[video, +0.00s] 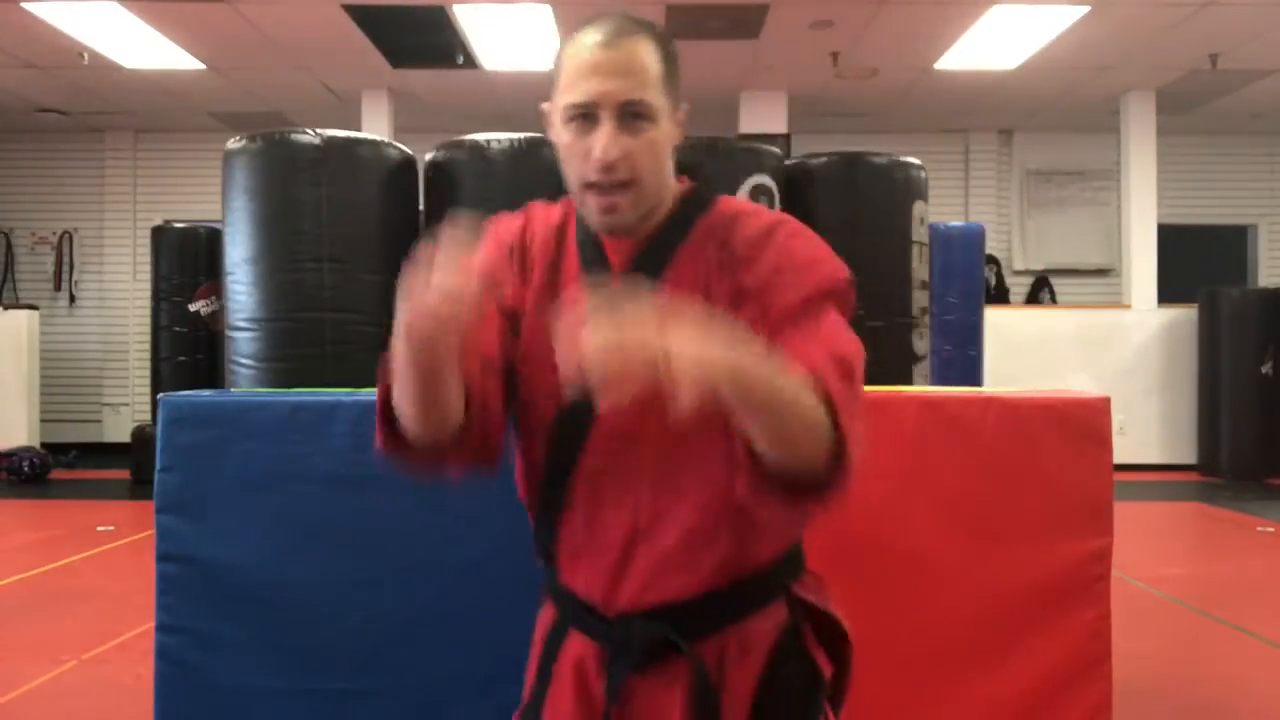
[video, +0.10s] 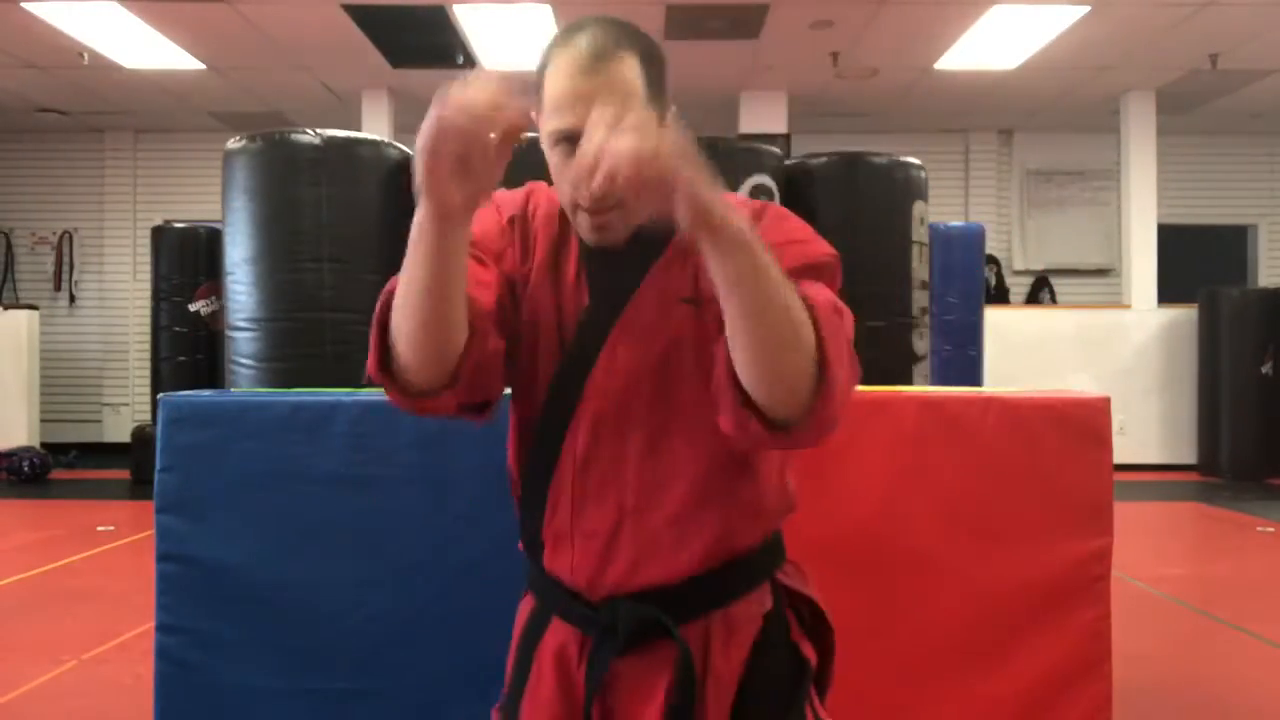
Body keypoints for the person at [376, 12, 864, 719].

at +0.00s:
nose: (606, 150)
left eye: (635, 118)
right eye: (583, 119)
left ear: (677, 124)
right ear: (550, 126)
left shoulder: (769, 253)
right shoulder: (517, 250)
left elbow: (819, 454)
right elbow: (440, 440)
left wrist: (713, 353)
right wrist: (426, 346)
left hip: (739, 655)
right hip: (581, 649)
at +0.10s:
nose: (592, 173)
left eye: (616, 135)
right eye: (567, 140)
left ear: (665, 125)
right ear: (540, 140)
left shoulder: (758, 239)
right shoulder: (517, 230)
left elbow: (799, 411)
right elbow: (424, 380)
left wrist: (710, 219)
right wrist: (441, 214)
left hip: (723, 643)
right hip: (563, 641)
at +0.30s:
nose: (623, 197)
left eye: (651, 162)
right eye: (599, 162)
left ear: (691, 150)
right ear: (563, 151)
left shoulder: (763, 255)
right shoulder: (509, 246)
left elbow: (815, 460)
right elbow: (477, 422)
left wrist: (782, 257)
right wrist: (505, 234)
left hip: (732, 653)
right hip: (572, 648)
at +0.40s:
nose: (651, 191)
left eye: (678, 158)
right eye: (624, 159)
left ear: (714, 144)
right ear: (583, 145)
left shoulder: (791, 261)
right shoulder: (527, 256)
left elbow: (858, 490)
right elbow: (495, 442)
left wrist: (834, 294)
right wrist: (529, 271)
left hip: (762, 668)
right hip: (595, 665)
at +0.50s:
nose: (689, 182)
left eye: (716, 146)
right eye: (661, 148)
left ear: (755, 137)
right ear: (621, 142)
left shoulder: (838, 258)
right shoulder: (573, 254)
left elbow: (904, 502)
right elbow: (537, 460)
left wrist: (876, 295)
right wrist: (564, 305)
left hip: (804, 678)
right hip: (628, 677)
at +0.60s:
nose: (731, 173)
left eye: (761, 133)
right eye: (702, 135)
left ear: (800, 129)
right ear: (660, 130)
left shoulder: (880, 252)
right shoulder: (607, 238)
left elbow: (935, 524)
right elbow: (576, 479)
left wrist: (910, 315)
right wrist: (592, 350)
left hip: (832, 679)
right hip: (652, 675)